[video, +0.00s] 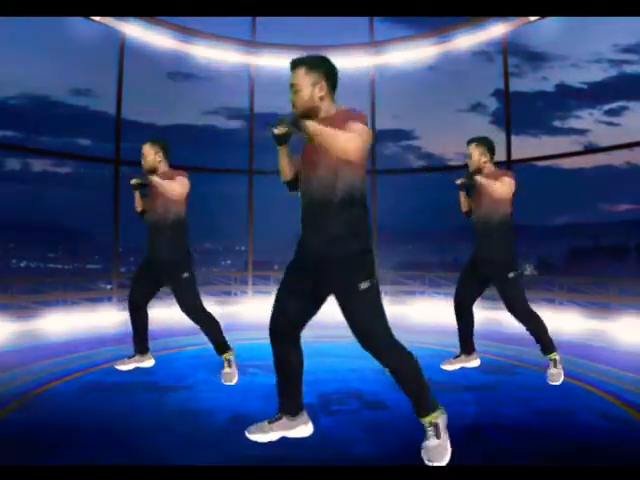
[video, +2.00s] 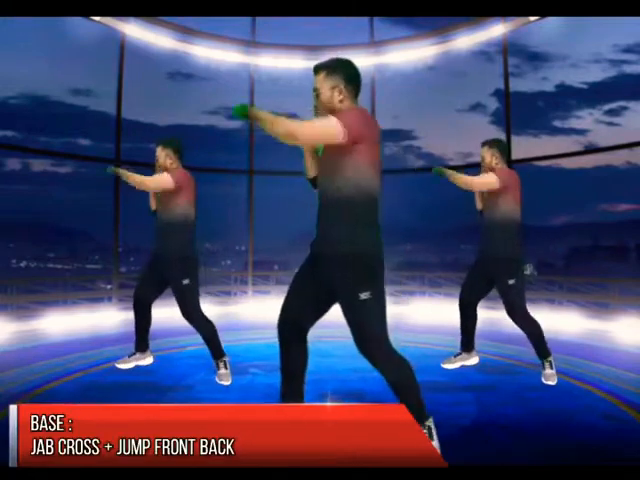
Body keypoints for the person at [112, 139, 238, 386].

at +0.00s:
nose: (143, 160)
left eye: (146, 155)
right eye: (142, 156)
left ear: (160, 156)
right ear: (148, 159)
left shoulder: (179, 178)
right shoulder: (150, 184)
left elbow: (178, 193)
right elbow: (142, 212)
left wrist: (153, 179)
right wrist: (137, 192)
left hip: (178, 258)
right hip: (155, 258)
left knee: (193, 309)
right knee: (136, 301)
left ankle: (227, 355)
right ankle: (142, 354)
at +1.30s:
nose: (164, 159)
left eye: (169, 155)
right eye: (162, 156)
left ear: (182, 157)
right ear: (160, 160)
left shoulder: (198, 180)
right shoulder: (161, 189)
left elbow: (208, 210)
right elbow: (146, 213)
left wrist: (182, 185)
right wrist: (142, 189)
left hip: (193, 257)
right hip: (164, 257)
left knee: (206, 313)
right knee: (140, 300)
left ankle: (211, 362)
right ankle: (135, 349)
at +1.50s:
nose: (168, 159)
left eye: (173, 154)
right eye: (166, 155)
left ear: (187, 156)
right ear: (164, 158)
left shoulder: (202, 182)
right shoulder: (157, 183)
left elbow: (216, 210)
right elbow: (130, 195)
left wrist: (193, 184)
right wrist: (117, 182)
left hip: (194, 259)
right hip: (163, 258)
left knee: (210, 312)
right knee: (140, 303)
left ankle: (212, 362)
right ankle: (140, 350)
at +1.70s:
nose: (154, 159)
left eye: (158, 155)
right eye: (153, 155)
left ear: (173, 156)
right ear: (155, 158)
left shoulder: (189, 183)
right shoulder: (155, 183)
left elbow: (195, 216)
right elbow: (145, 197)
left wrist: (173, 192)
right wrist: (136, 191)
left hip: (180, 257)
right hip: (157, 256)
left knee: (194, 309)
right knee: (136, 300)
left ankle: (218, 359)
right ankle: (141, 352)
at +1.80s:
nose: (152, 161)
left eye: (155, 156)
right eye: (152, 156)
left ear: (168, 158)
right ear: (158, 159)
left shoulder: (179, 181)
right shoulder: (161, 181)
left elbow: (166, 201)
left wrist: (147, 183)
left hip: (175, 256)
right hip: (158, 254)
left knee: (184, 309)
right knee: (136, 298)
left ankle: (221, 356)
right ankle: (142, 352)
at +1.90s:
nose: (156, 159)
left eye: (160, 155)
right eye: (156, 155)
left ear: (170, 157)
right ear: (164, 157)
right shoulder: (168, 178)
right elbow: (156, 206)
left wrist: (106, 169)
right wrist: (154, 185)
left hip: (176, 253)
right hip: (162, 252)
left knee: (184, 312)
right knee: (139, 298)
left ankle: (218, 359)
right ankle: (141, 352)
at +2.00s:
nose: (157, 159)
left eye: (161, 155)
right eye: (157, 156)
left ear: (171, 156)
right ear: (165, 158)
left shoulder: (181, 177)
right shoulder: (167, 179)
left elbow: (146, 183)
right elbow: (156, 207)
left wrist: (121, 173)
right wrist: (151, 182)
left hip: (182, 257)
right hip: (164, 256)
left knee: (192, 312)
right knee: (142, 299)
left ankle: (221, 360)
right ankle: (142, 352)